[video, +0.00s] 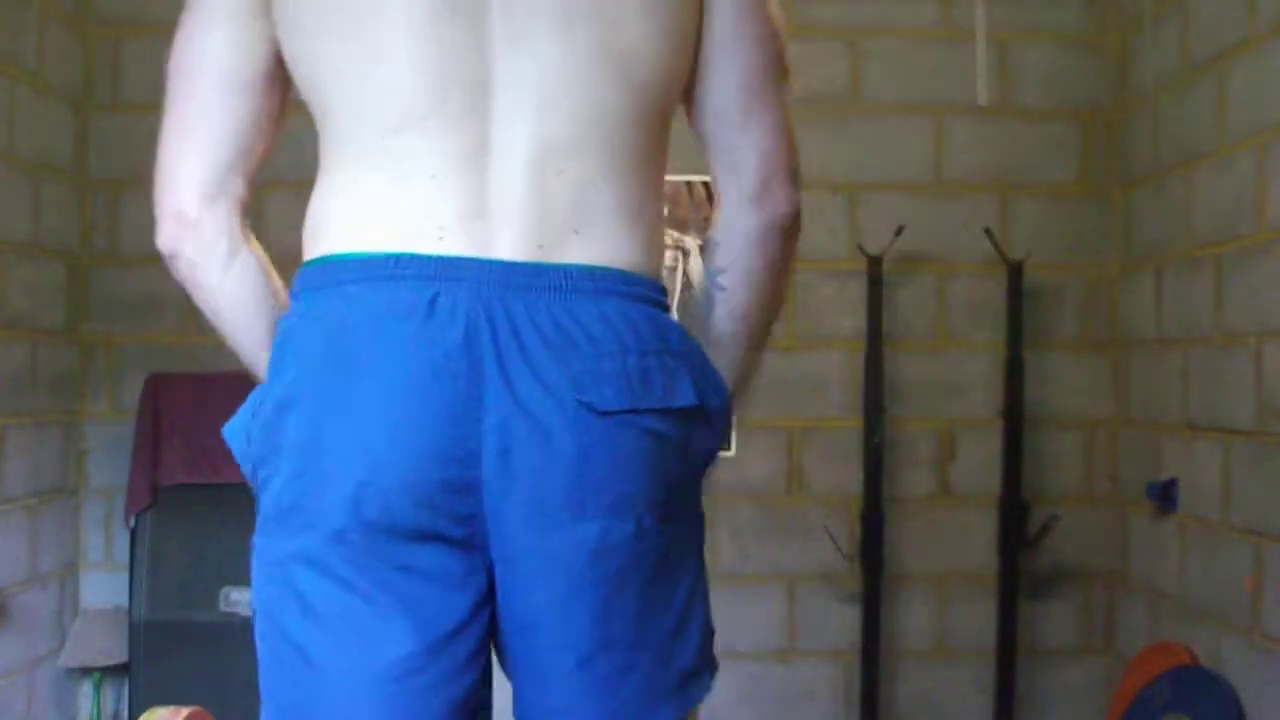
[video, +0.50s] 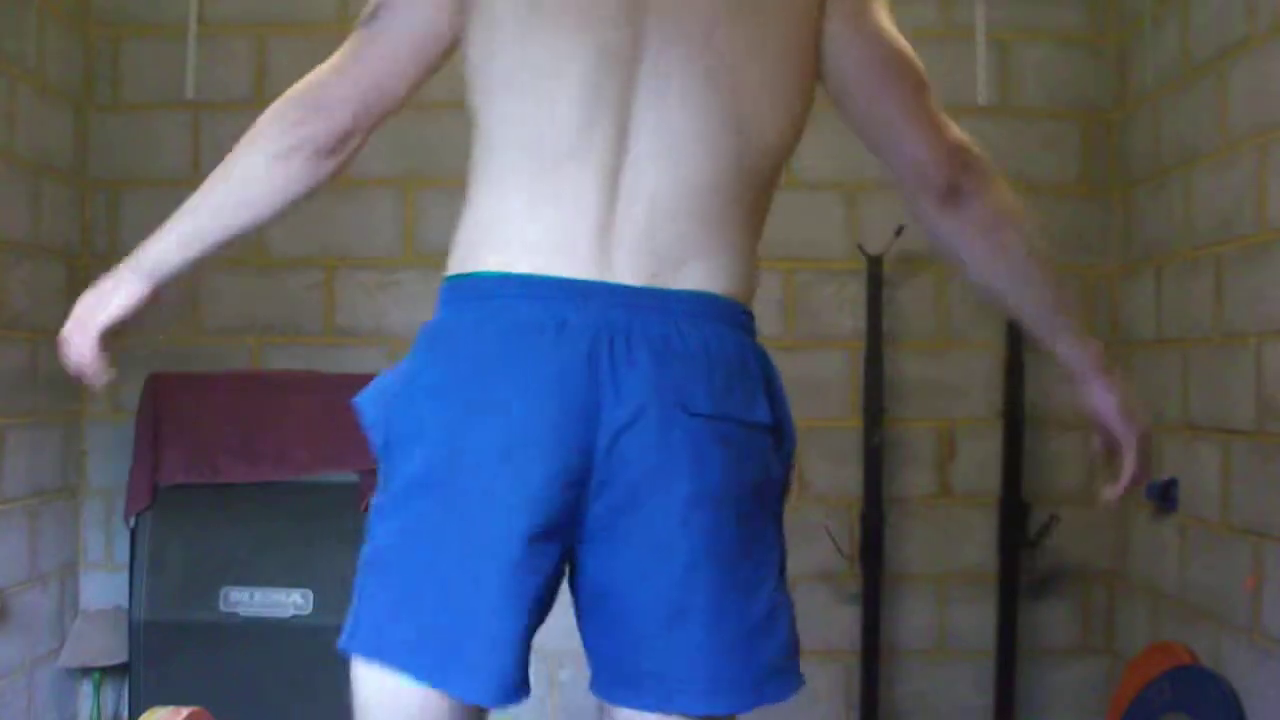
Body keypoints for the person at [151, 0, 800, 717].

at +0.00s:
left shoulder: (258, 4)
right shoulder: (708, 4)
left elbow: (193, 221)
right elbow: (763, 204)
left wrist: (321, 399)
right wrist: (689, 416)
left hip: (357, 354)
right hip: (609, 345)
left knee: (355, 701)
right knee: (612, 701)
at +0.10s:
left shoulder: (283, 7)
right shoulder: (720, 7)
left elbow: (223, 227)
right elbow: (789, 209)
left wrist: (254, 441)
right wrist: (788, 435)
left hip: (368, 356)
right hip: (614, 359)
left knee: (351, 702)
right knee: (610, 702)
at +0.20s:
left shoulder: (330, 4)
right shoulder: (734, 7)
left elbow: (257, 226)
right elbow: (832, 216)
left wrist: (196, 446)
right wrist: (902, 434)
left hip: (395, 369)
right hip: (631, 376)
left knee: (362, 702)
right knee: (614, 703)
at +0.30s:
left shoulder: (385, 1)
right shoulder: (760, 4)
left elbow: (276, 204)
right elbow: (884, 223)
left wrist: (137, 405)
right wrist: (1009, 429)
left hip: (432, 367)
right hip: (654, 372)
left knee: (396, 696)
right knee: (637, 699)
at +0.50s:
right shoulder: (818, 3)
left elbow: (320, 120)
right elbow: (945, 174)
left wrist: (136, 274)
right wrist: (1083, 359)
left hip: (492, 353)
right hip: (700, 362)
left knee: (413, 698)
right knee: (678, 703)